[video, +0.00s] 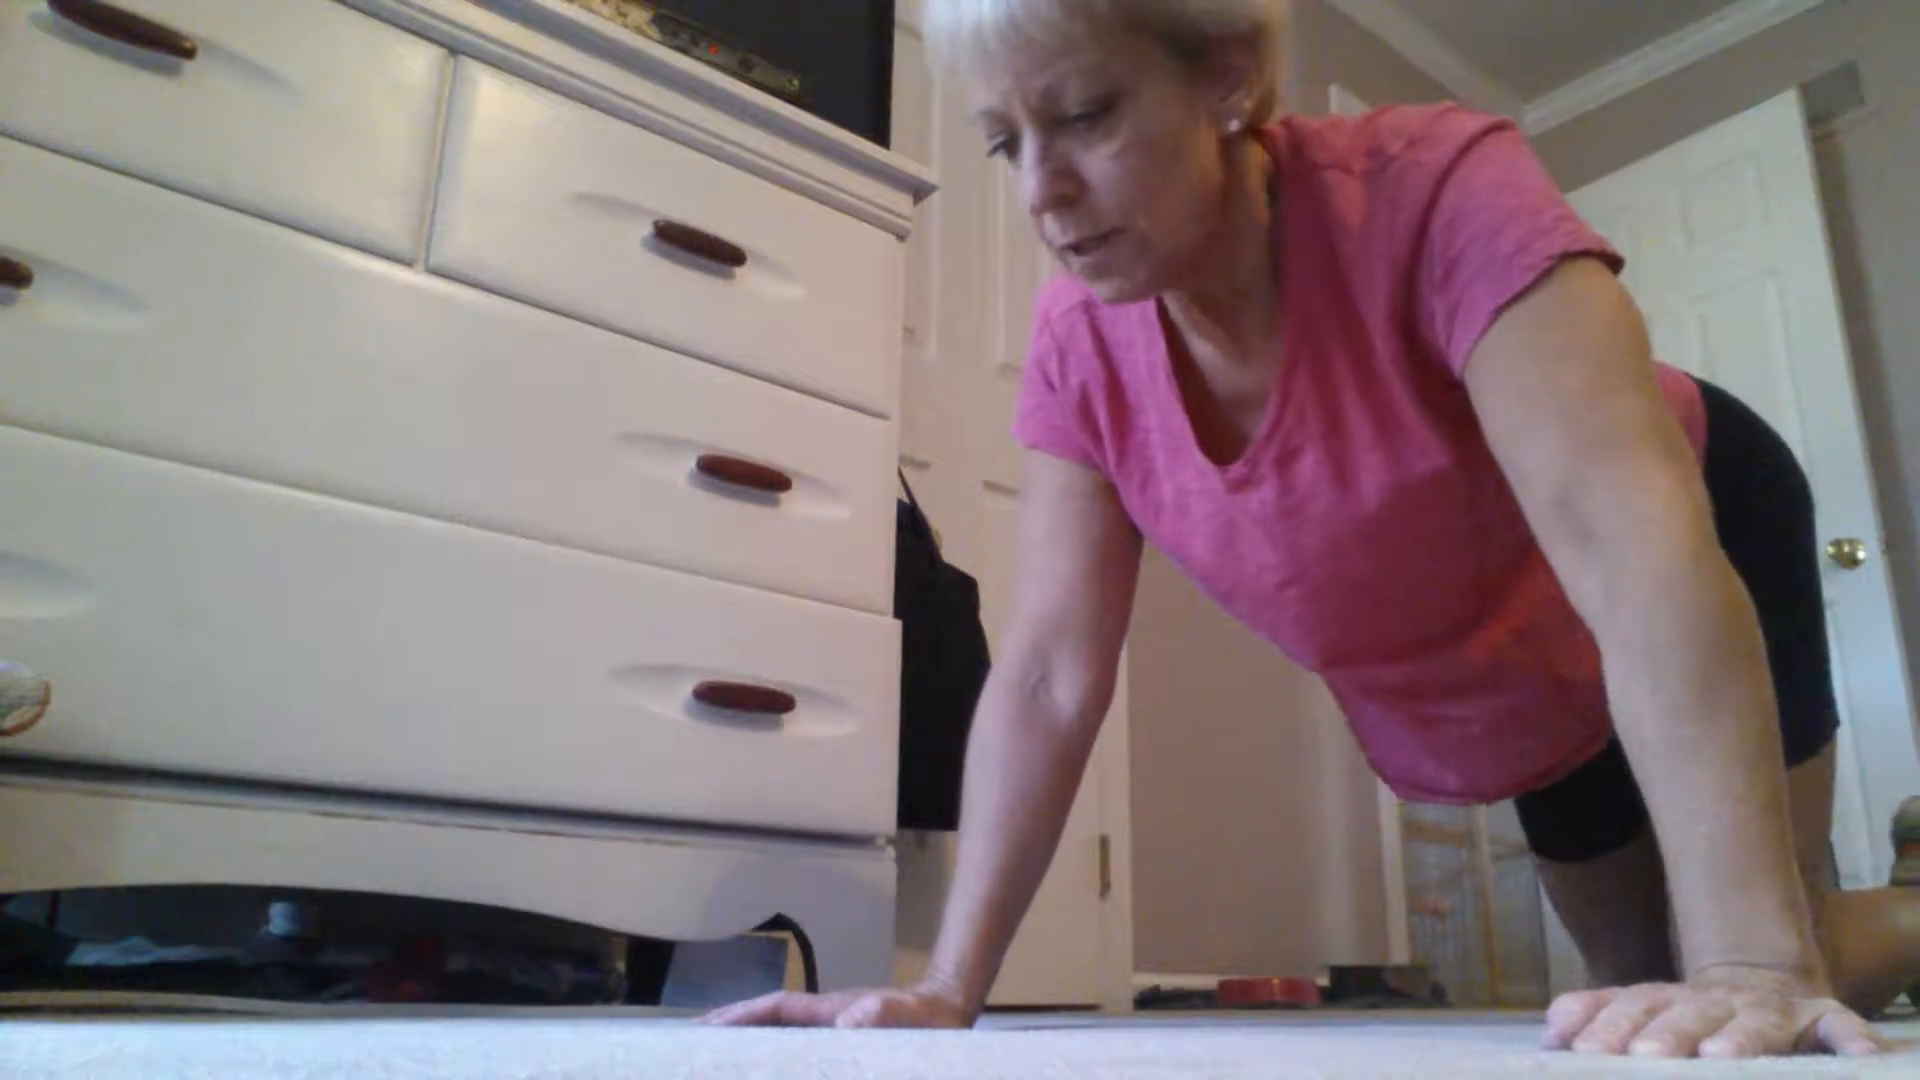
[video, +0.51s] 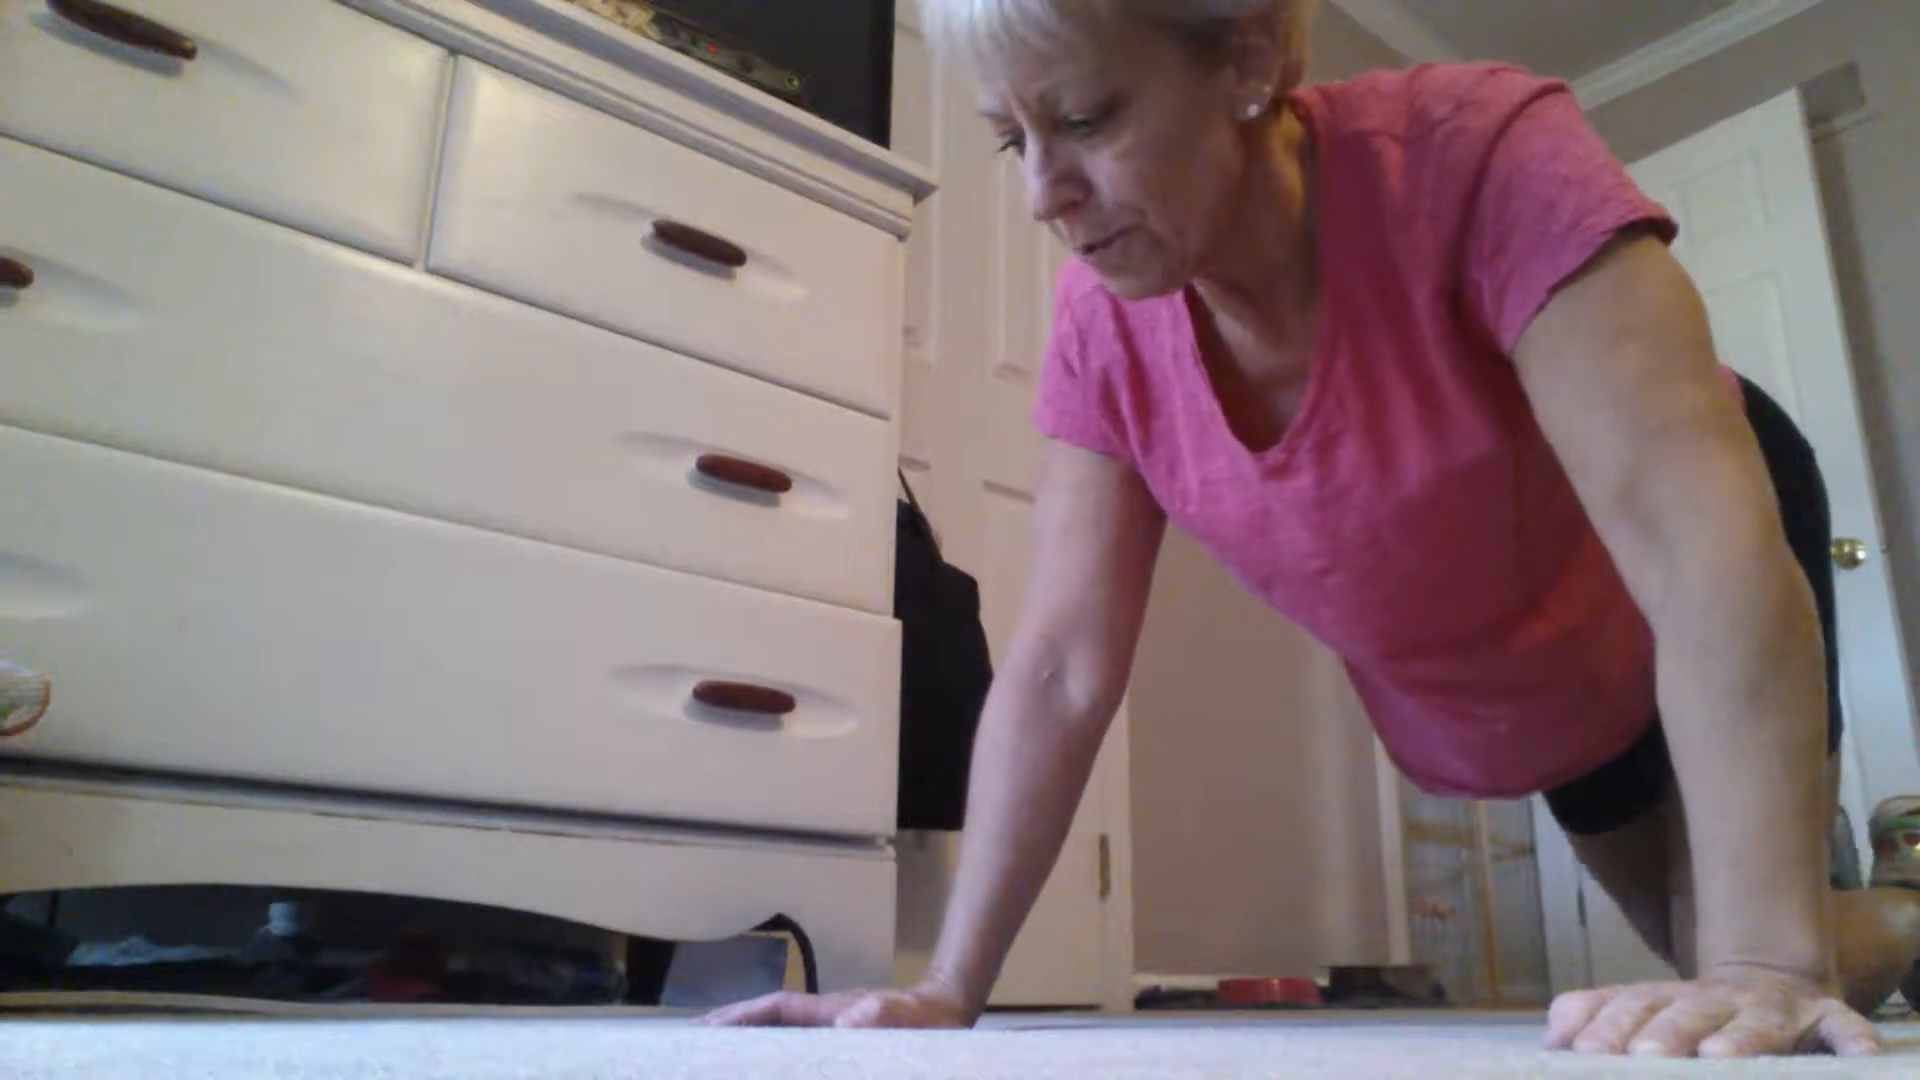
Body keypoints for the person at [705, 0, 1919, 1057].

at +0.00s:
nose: (1044, 193)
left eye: (1084, 121)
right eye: (1009, 142)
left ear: (1237, 80)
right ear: (990, 146)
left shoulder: (1444, 192)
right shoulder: (1084, 333)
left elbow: (1640, 541)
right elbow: (1045, 675)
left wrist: (1752, 973)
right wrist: (950, 983)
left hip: (1678, 548)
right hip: (1501, 665)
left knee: (1777, 956)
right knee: (1645, 999)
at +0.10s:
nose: (1035, 202)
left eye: (1074, 129)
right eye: (1004, 151)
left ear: (1234, 83)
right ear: (989, 157)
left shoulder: (1454, 187)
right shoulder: (1091, 348)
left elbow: (1658, 540)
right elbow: (1047, 679)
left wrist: (1754, 970)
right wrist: (950, 983)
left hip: (1685, 568)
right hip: (1513, 678)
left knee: (1775, 953)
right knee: (1645, 995)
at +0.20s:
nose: (1039, 200)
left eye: (1078, 128)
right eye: (1007, 149)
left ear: (1238, 76)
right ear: (991, 151)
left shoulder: (1458, 181)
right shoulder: (1096, 339)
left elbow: (1677, 540)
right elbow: (1051, 679)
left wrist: (1754, 971)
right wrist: (950, 984)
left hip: (1684, 562)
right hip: (1513, 670)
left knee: (1769, 956)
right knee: (1649, 989)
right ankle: (1888, 924)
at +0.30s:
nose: (1041, 199)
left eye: (1079, 127)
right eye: (1008, 146)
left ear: (1239, 68)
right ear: (990, 144)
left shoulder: (1467, 172)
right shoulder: (1099, 329)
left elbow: (1690, 540)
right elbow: (1053, 677)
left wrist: (1759, 972)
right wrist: (950, 982)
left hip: (1689, 565)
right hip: (1521, 681)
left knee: (1772, 958)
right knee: (1665, 990)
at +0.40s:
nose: (1040, 196)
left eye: (1079, 126)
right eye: (1008, 144)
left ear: (1244, 67)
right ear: (989, 140)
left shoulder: (1478, 163)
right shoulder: (1103, 324)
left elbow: (1696, 530)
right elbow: (1054, 675)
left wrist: (1758, 969)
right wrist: (950, 982)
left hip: (1696, 572)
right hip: (1524, 691)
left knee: (1782, 958)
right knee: (1690, 986)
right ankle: (1892, 927)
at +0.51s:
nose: (1047, 194)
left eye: (1085, 125)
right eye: (1014, 141)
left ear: (1249, 63)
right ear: (995, 133)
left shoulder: (1484, 154)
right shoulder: (1105, 313)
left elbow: (1699, 516)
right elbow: (1057, 671)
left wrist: (1764, 970)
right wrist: (949, 983)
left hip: (1697, 566)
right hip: (1534, 692)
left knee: (1791, 947)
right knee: (1730, 970)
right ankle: (1895, 931)